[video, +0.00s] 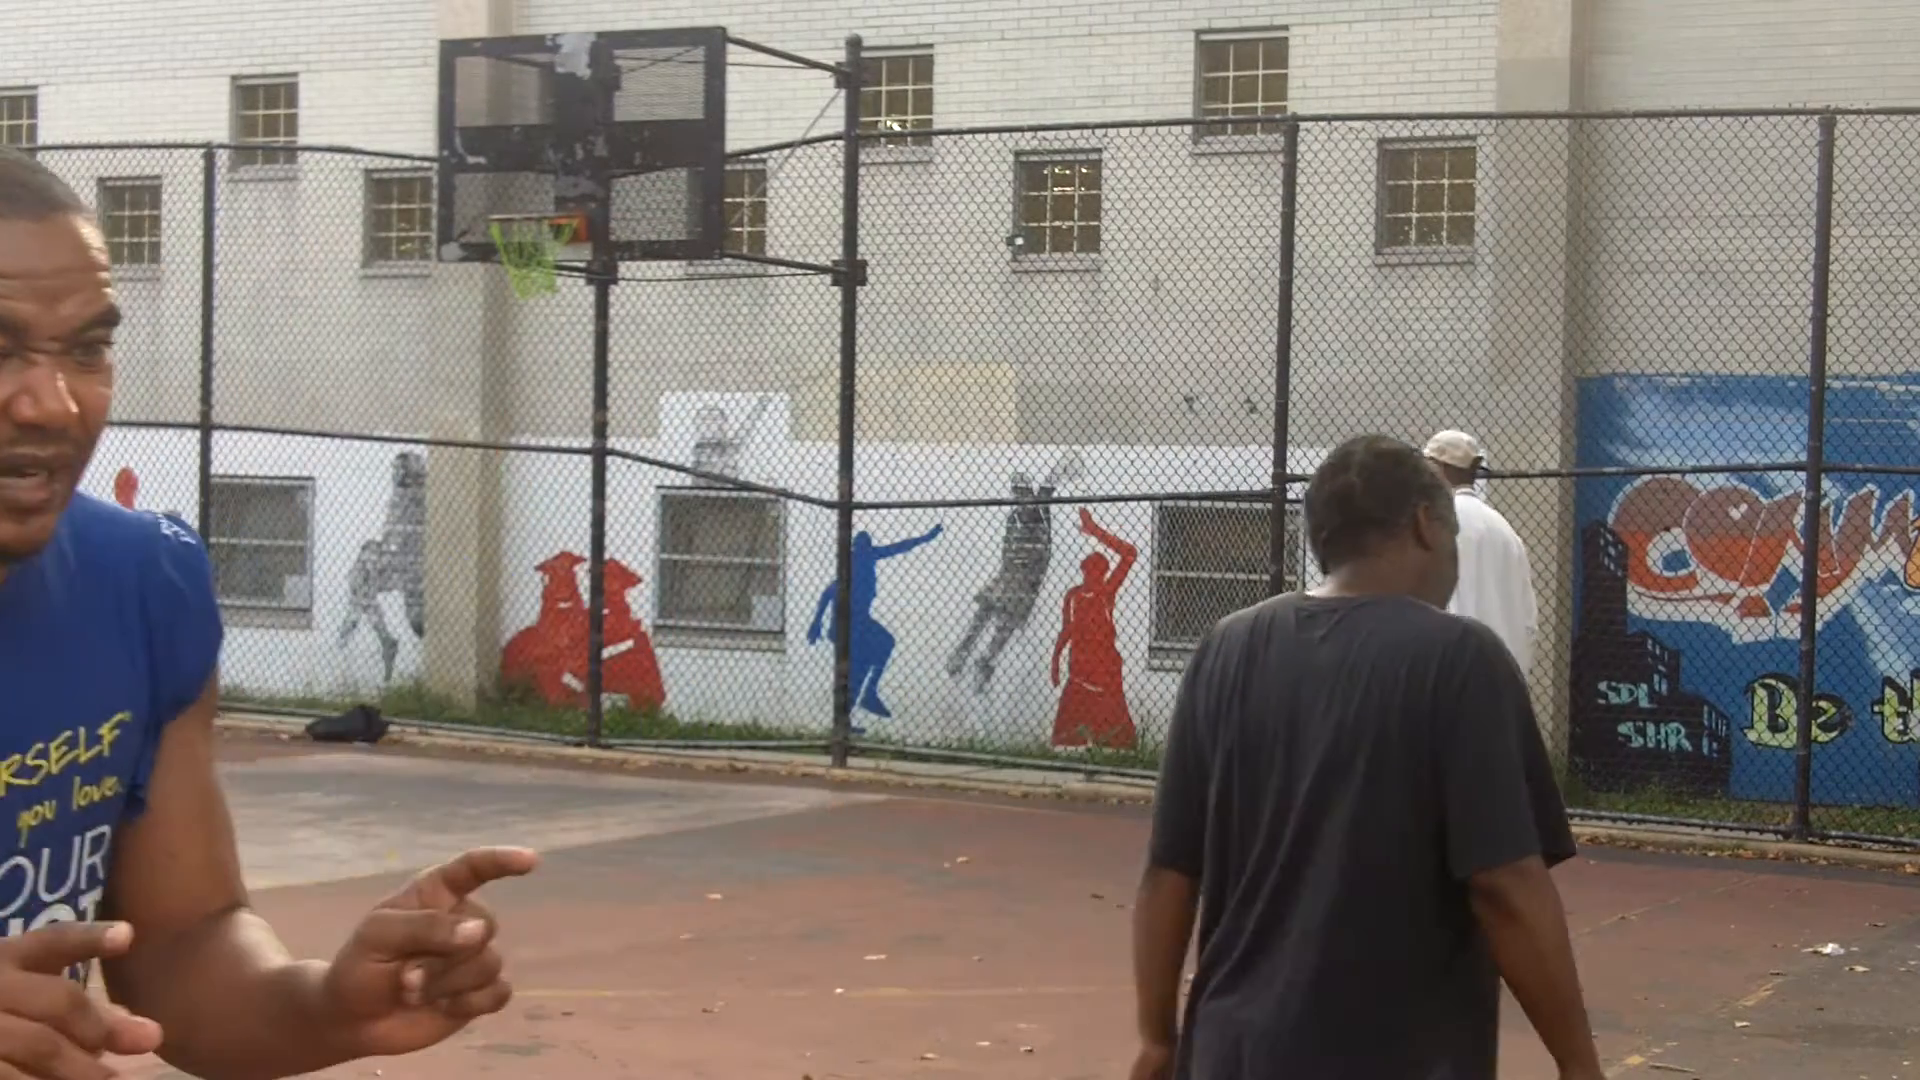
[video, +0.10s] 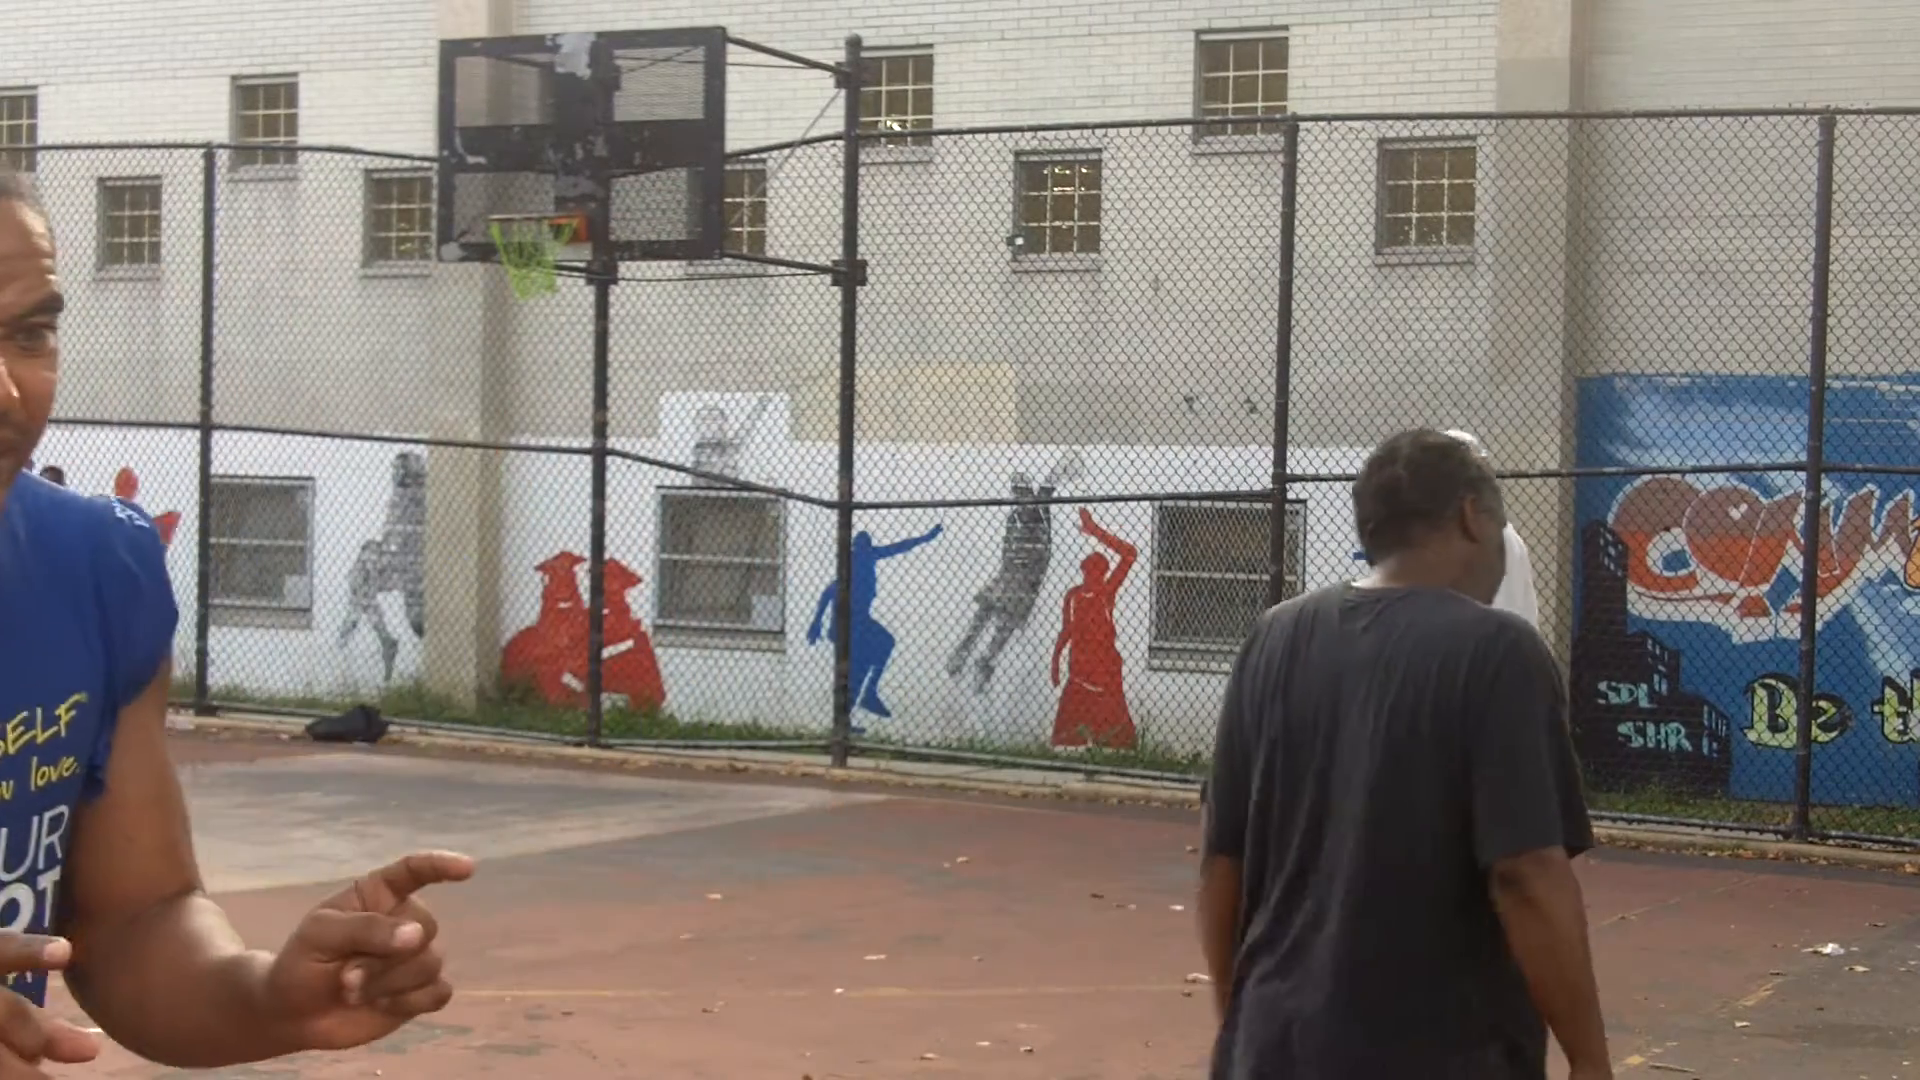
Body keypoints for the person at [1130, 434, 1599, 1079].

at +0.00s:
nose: (1457, 554)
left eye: (1455, 531)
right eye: (1453, 529)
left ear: (1326, 541)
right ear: (1425, 522)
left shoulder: (1228, 646)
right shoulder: (1457, 655)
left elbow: (1169, 870)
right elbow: (1504, 881)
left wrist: (1155, 1036)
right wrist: (1580, 1062)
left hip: (1229, 1047)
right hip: (1406, 1054)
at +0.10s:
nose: (1504, 547)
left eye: (1504, 524)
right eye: (1501, 522)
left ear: (1373, 531)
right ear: (1472, 515)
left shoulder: (1273, 636)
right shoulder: (1494, 647)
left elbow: (1223, 865)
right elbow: (1524, 871)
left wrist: (1237, 1025)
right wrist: (1589, 1060)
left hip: (1273, 1045)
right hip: (1447, 1052)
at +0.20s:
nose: (1557, 550)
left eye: (1557, 529)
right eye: (1554, 526)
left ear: (1425, 529)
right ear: (1520, 517)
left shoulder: (1319, 633)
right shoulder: (1535, 650)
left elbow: (1275, 848)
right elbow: (1548, 872)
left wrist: (1309, 994)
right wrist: (1604, 1060)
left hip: (1316, 1042)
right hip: (1482, 1050)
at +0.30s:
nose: (1612, 560)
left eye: (1612, 541)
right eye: (1608, 538)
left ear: (1483, 533)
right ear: (1574, 525)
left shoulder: (1378, 630)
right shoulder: (1588, 657)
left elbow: (1332, 838)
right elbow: (1584, 876)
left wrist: (1371, 981)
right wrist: (1627, 1063)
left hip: (1362, 1037)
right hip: (1521, 1049)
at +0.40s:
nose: (1672, 573)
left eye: (1674, 552)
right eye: (1669, 550)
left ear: (1545, 546)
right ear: (1634, 540)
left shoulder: (1443, 640)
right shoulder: (1644, 668)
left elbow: (1388, 838)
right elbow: (1633, 879)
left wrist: (1453, 968)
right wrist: (1668, 1065)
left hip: (1416, 1043)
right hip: (1570, 1053)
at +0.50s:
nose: (1734, 571)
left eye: (1734, 548)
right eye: (1730, 546)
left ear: (1610, 548)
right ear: (1701, 541)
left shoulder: (1504, 636)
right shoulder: (1708, 673)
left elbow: (1449, 838)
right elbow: (1699, 886)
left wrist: (1494, 973)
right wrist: (1729, 1063)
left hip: (1485, 1044)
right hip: (1637, 1052)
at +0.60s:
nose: (1785, 557)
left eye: (1786, 537)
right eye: (1782, 535)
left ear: (1656, 539)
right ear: (1752, 530)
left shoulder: (1553, 623)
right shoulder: (1767, 662)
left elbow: (1495, 826)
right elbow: (1771, 875)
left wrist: (1504, 958)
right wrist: (1809, 1058)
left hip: (1548, 1020)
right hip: (1705, 1038)